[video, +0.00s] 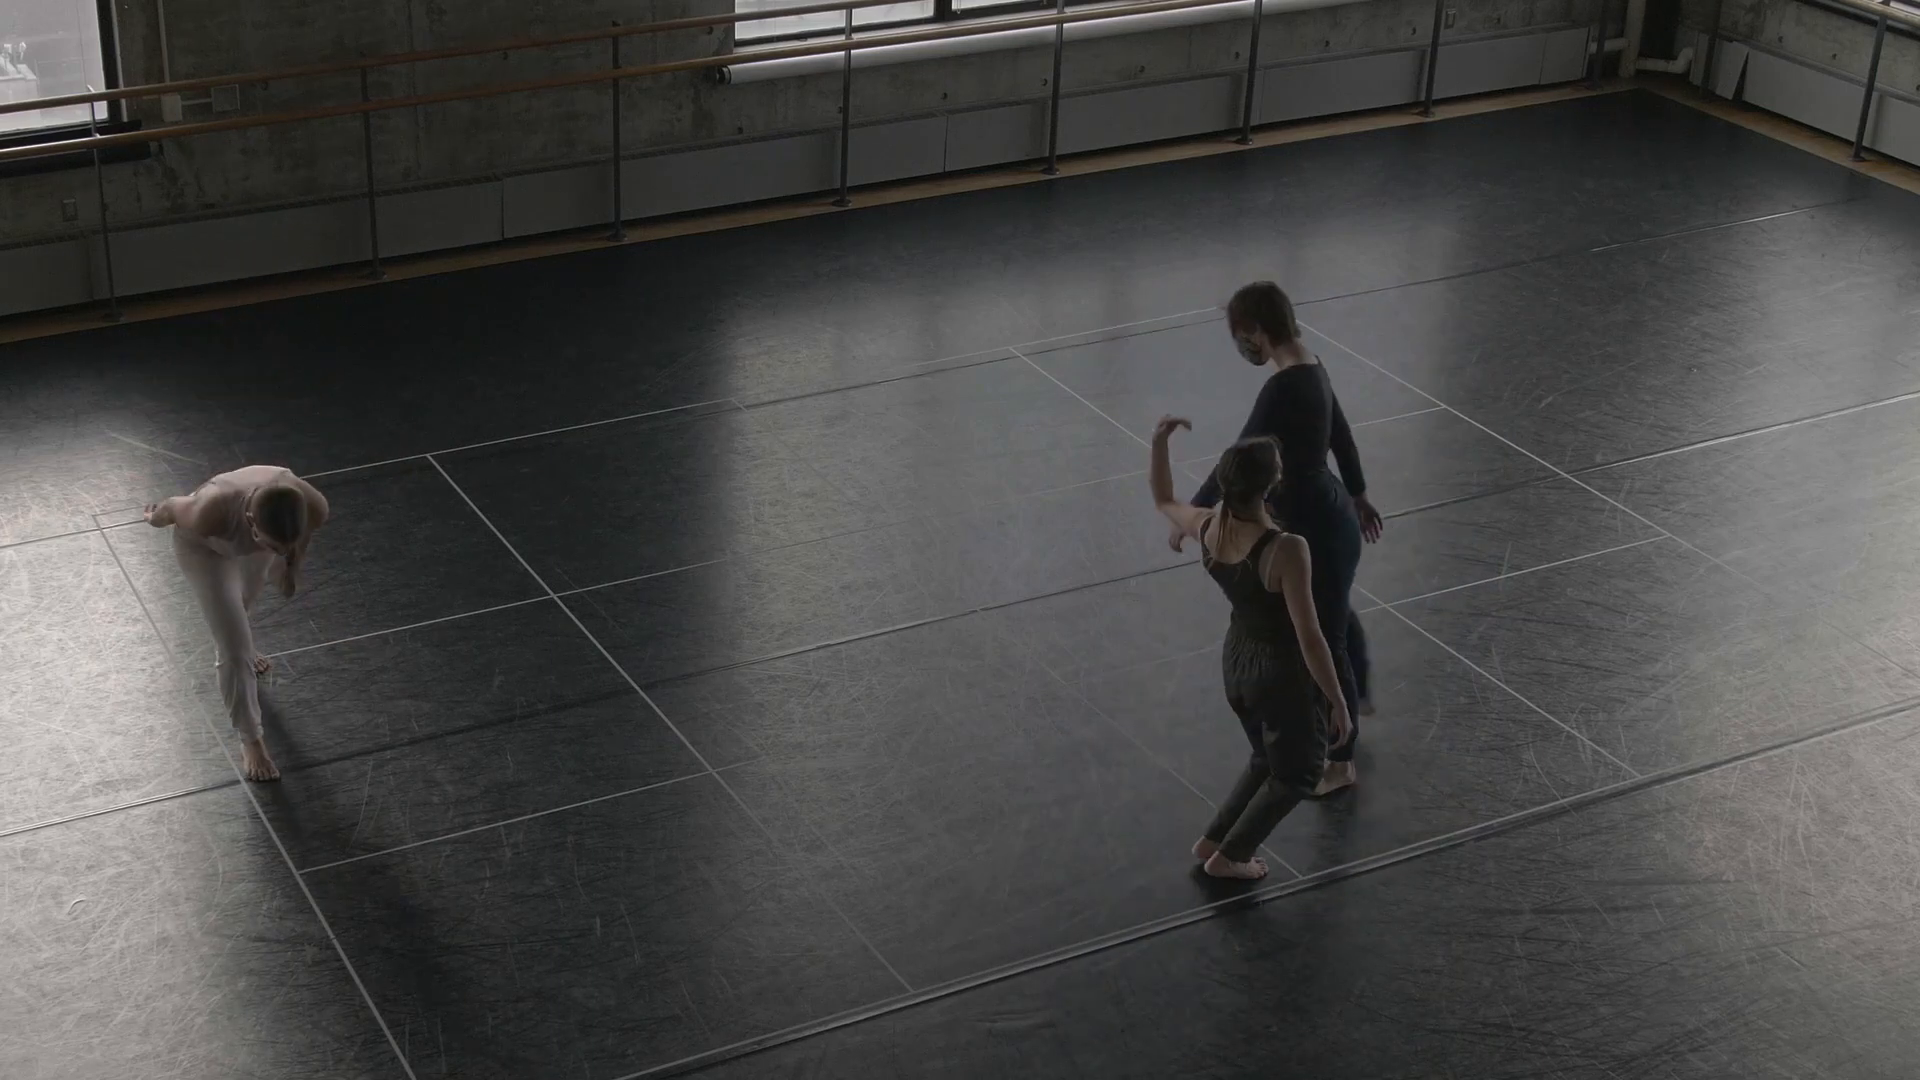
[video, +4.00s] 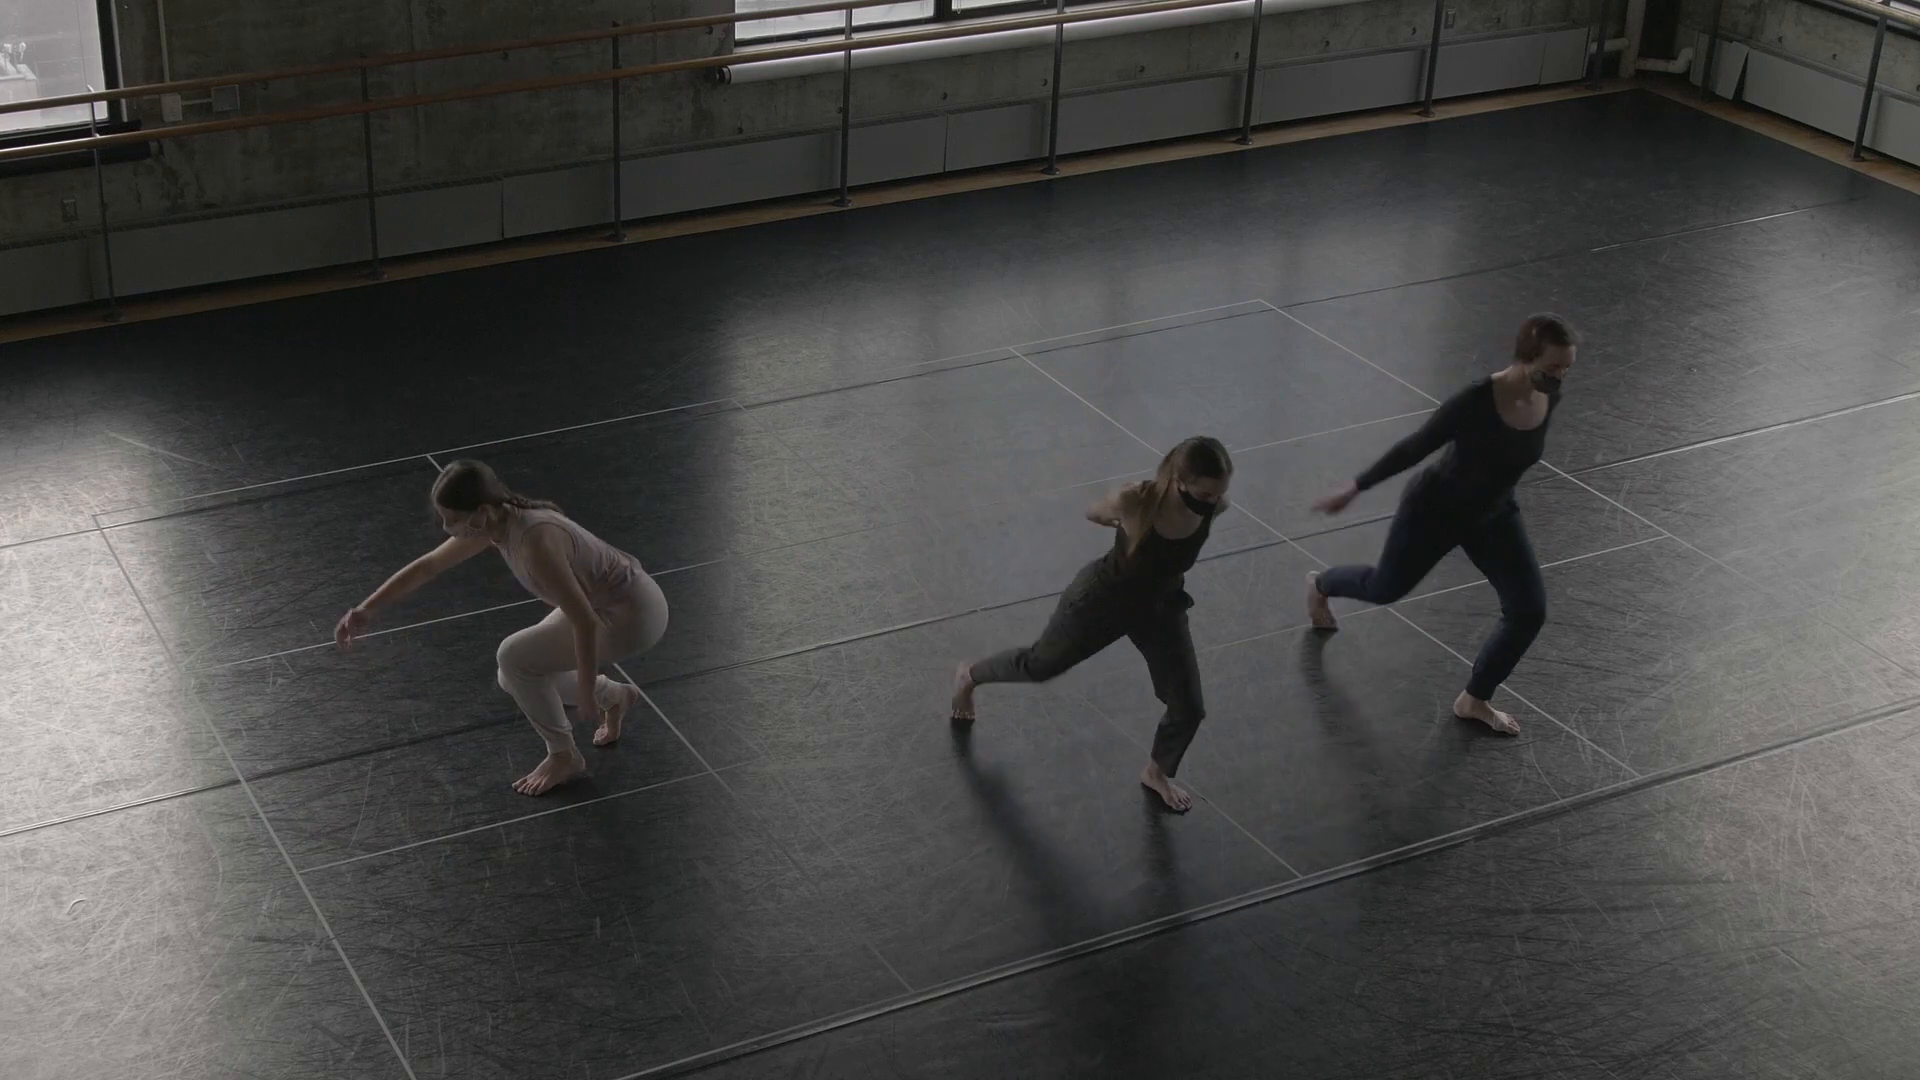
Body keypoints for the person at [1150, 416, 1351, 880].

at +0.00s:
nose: (1282, 475)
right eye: (1278, 471)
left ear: (1226, 483)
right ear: (1271, 489)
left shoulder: (1209, 525)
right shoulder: (1287, 548)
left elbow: (1164, 499)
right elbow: (1310, 637)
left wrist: (1159, 441)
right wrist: (1337, 700)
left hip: (1238, 665)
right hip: (1282, 674)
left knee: (1265, 760)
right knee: (1296, 774)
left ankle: (1213, 841)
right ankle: (1229, 858)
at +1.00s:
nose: (1147, 439)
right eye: (1145, 441)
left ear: (1136, 491)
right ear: (1156, 450)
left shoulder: (1155, 518)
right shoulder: (1228, 469)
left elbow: (1130, 601)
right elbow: (1280, 535)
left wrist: (1112, 675)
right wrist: (1320, 594)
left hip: (1209, 584)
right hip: (1263, 585)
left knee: (1205, 696)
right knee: (1258, 707)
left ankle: (1197, 818)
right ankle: (1237, 831)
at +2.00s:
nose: (911, 475)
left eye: (921, 471)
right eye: (911, 466)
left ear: (956, 472)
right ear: (944, 469)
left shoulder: (966, 526)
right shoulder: (932, 491)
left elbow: (1017, 591)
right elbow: (850, 497)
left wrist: (1055, 654)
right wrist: (779, 508)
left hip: (1005, 626)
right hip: (980, 603)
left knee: (894, 648)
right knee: (911, 640)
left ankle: (930, 732)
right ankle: (984, 684)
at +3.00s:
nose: (1053, 549)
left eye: (1057, 539)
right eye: (1044, 543)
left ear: (1060, 529)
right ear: (1018, 536)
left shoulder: (1040, 547)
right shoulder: (992, 574)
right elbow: (1030, 646)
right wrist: (1096, 644)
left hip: (1001, 617)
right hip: (958, 638)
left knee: (1051, 651)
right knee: (1014, 722)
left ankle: (1031, 727)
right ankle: (962, 682)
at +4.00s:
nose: (1215, 502)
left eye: (1220, 494)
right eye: (1206, 495)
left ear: (1224, 481)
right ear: (1180, 482)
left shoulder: (1215, 506)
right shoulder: (1138, 500)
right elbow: (1096, 512)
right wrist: (1120, 515)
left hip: (1159, 603)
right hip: (1107, 594)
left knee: (1188, 707)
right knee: (1040, 665)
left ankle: (1157, 773)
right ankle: (969, 676)